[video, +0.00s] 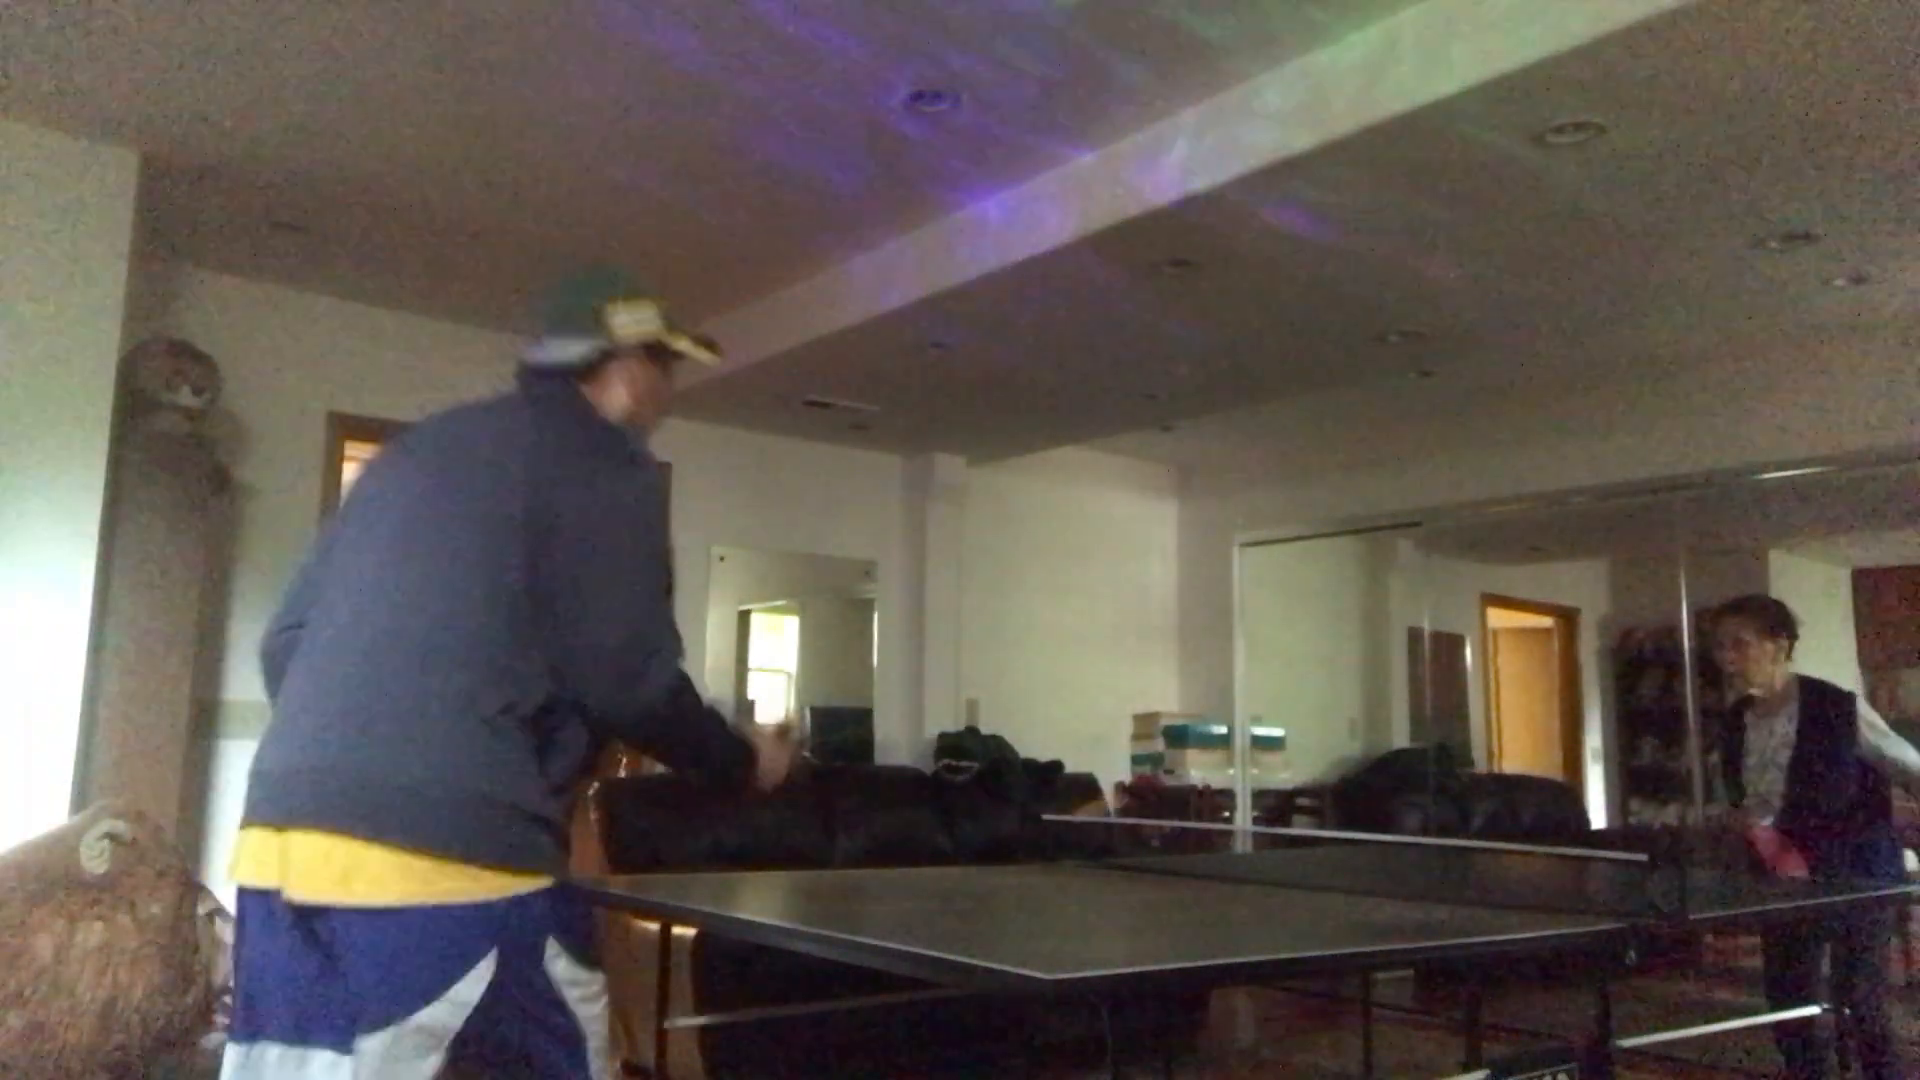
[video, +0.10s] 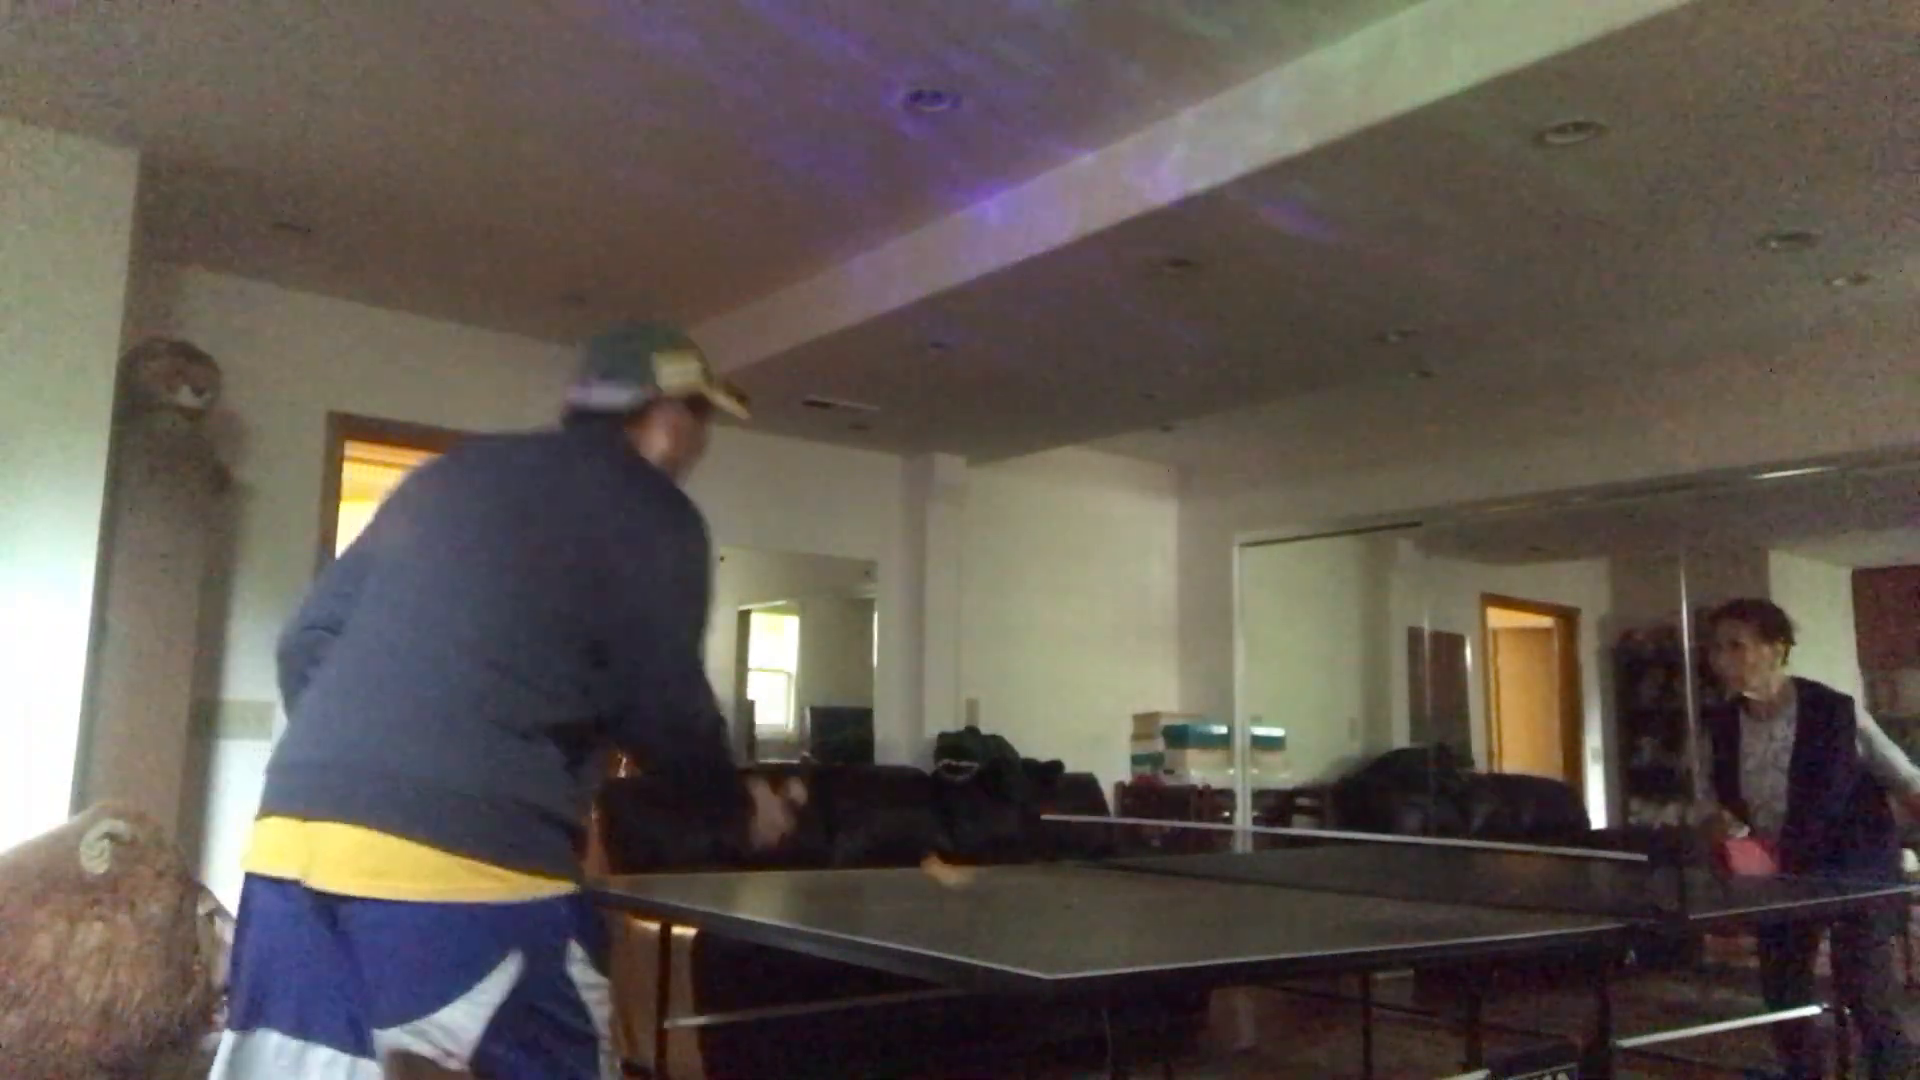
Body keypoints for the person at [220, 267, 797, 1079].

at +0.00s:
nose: (668, 396)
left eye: (670, 374)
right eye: (664, 371)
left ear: (546, 359)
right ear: (624, 366)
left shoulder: (413, 447)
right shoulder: (607, 465)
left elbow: (288, 635)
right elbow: (625, 681)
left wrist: (359, 767)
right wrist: (744, 759)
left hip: (280, 855)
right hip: (452, 865)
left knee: (283, 1065)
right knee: (564, 1059)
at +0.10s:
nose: (700, 446)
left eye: (704, 425)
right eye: (697, 422)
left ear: (584, 404)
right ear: (659, 418)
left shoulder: (448, 470)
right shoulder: (657, 515)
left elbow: (306, 637)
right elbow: (663, 706)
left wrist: (349, 775)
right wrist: (740, 803)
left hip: (291, 855)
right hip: (473, 872)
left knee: (283, 1068)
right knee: (561, 1066)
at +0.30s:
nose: (761, 509)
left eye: (766, 491)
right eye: (763, 489)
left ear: (661, 456)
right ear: (736, 482)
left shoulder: (529, 478)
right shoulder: (741, 574)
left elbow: (368, 556)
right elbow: (725, 758)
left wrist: (285, 714)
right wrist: (789, 780)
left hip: (389, 845)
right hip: (566, 878)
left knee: (300, 1068)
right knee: (605, 1065)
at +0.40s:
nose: (791, 499)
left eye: (796, 479)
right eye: (792, 478)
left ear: (689, 445)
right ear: (764, 470)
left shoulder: (583, 449)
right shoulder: (767, 563)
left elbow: (456, 443)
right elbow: (725, 704)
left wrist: (305, 588)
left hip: (425, 795)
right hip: (594, 830)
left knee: (370, 1064)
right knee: (625, 1064)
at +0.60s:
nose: (802, 452)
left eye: (806, 434)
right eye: (802, 433)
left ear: (695, 404)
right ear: (770, 428)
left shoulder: (579, 439)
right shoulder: (786, 522)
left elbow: (447, 530)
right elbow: (736, 663)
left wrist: (328, 660)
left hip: (454, 793)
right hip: (613, 832)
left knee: (423, 1052)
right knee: (625, 1065)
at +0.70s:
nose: (781, 437)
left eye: (783, 419)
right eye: (779, 418)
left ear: (671, 404)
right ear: (746, 418)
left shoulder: (545, 459)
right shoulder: (763, 514)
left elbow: (425, 600)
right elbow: (757, 690)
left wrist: (356, 747)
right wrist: (684, 713)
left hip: (458, 799)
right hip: (615, 827)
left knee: (420, 1055)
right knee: (620, 1062)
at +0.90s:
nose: (711, 438)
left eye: (710, 419)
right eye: (704, 418)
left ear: (601, 420)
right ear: (665, 425)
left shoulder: (487, 500)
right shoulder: (668, 515)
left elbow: (396, 654)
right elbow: (687, 684)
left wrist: (421, 774)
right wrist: (730, 732)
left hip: (409, 839)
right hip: (553, 852)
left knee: (407, 1064)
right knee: (587, 1064)